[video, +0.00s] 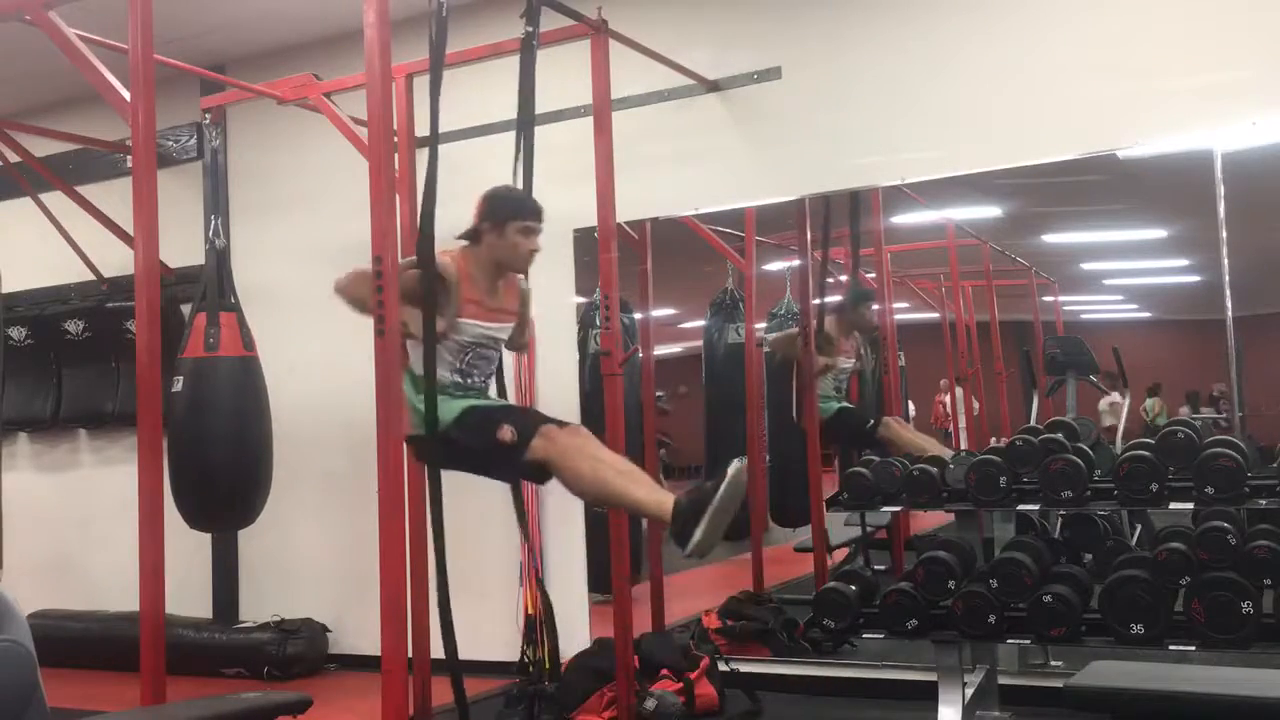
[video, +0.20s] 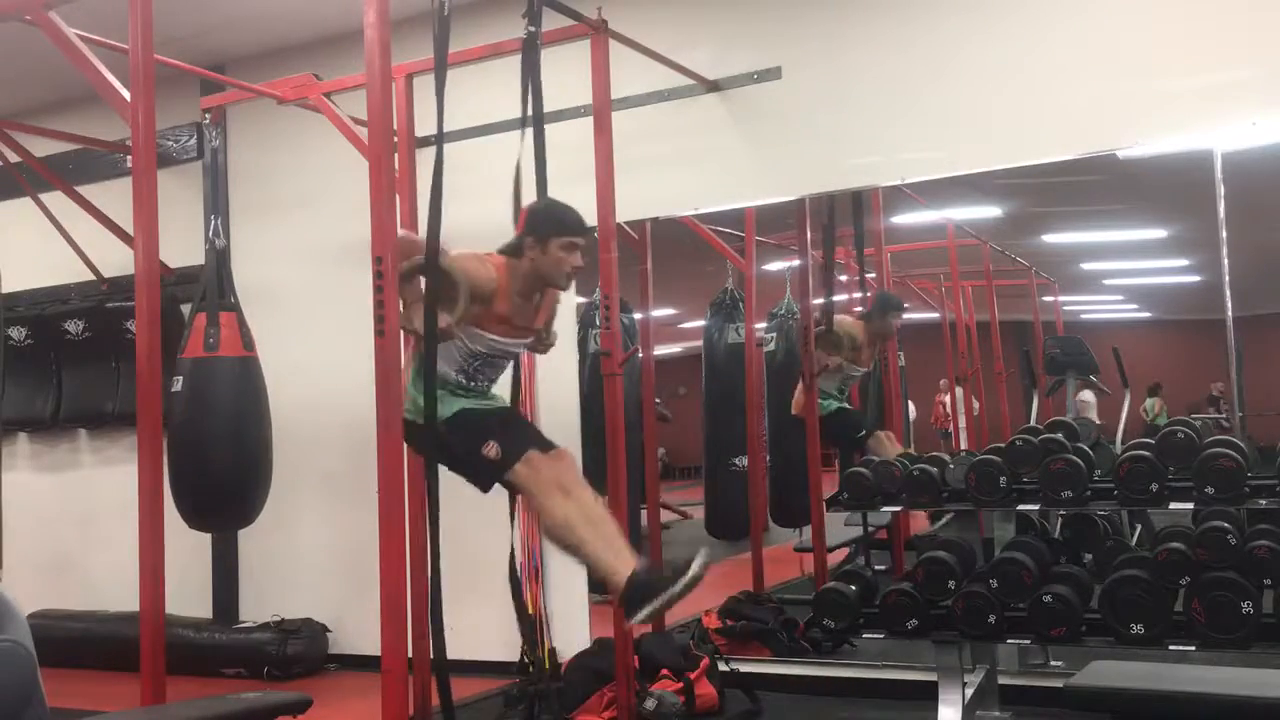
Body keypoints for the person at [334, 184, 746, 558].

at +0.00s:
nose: (535, 246)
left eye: (537, 235)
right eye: (526, 234)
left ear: (520, 237)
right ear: (488, 232)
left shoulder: (515, 291)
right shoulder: (443, 272)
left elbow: (518, 337)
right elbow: (349, 285)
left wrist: (522, 336)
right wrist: (402, 317)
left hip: (481, 411)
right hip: (432, 412)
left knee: (577, 434)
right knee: (555, 442)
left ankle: (681, 511)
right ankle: (675, 515)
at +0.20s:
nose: (578, 261)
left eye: (580, 250)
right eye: (568, 249)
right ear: (532, 250)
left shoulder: (549, 294)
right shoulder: (481, 273)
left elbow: (534, 329)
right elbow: (403, 253)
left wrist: (538, 339)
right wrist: (413, 312)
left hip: (478, 399)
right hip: (431, 399)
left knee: (561, 464)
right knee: (537, 473)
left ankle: (635, 578)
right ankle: (627, 583)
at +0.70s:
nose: (619, 192)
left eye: (622, 182)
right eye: (609, 182)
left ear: (612, 190)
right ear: (572, 184)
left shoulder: (592, 246)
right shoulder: (531, 232)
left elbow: (546, 291)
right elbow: (433, 229)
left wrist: (538, 329)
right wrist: (435, 306)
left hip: (507, 362)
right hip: (463, 355)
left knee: (549, 476)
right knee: (520, 477)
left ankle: (511, 613)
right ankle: (491, 621)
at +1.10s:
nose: (598, 86)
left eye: (600, 76)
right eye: (585, 75)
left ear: (595, 86)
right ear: (548, 81)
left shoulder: (579, 155)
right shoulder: (516, 142)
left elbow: (548, 241)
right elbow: (454, 226)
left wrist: (562, 308)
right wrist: (448, 309)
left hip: (525, 317)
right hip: (481, 312)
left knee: (509, 435)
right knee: (485, 432)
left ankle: (482, 566)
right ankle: (461, 567)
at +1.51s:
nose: (596, 82)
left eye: (598, 72)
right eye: (584, 70)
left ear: (590, 82)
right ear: (548, 74)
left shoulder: (578, 151)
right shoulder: (516, 133)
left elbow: (565, 242)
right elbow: (476, 221)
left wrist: (566, 318)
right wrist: (456, 299)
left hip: (524, 314)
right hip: (480, 306)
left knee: (491, 433)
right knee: (462, 427)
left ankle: (462, 554)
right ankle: (439, 555)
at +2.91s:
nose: (581, 231)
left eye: (582, 222)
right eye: (570, 221)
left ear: (568, 230)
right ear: (534, 226)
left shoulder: (560, 277)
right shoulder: (499, 264)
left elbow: (558, 336)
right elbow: (409, 258)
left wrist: (568, 335)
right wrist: (448, 317)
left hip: (505, 420)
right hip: (455, 419)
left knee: (560, 525)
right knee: (533, 527)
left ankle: (579, 664)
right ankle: (562, 672)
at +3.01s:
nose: (561, 236)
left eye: (563, 227)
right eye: (550, 225)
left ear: (557, 234)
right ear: (514, 229)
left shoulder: (551, 285)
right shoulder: (483, 270)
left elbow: (570, 338)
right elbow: (412, 291)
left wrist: (571, 334)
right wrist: (453, 316)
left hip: (502, 431)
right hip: (451, 432)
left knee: (573, 525)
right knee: (544, 528)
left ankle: (606, 661)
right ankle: (590, 667)